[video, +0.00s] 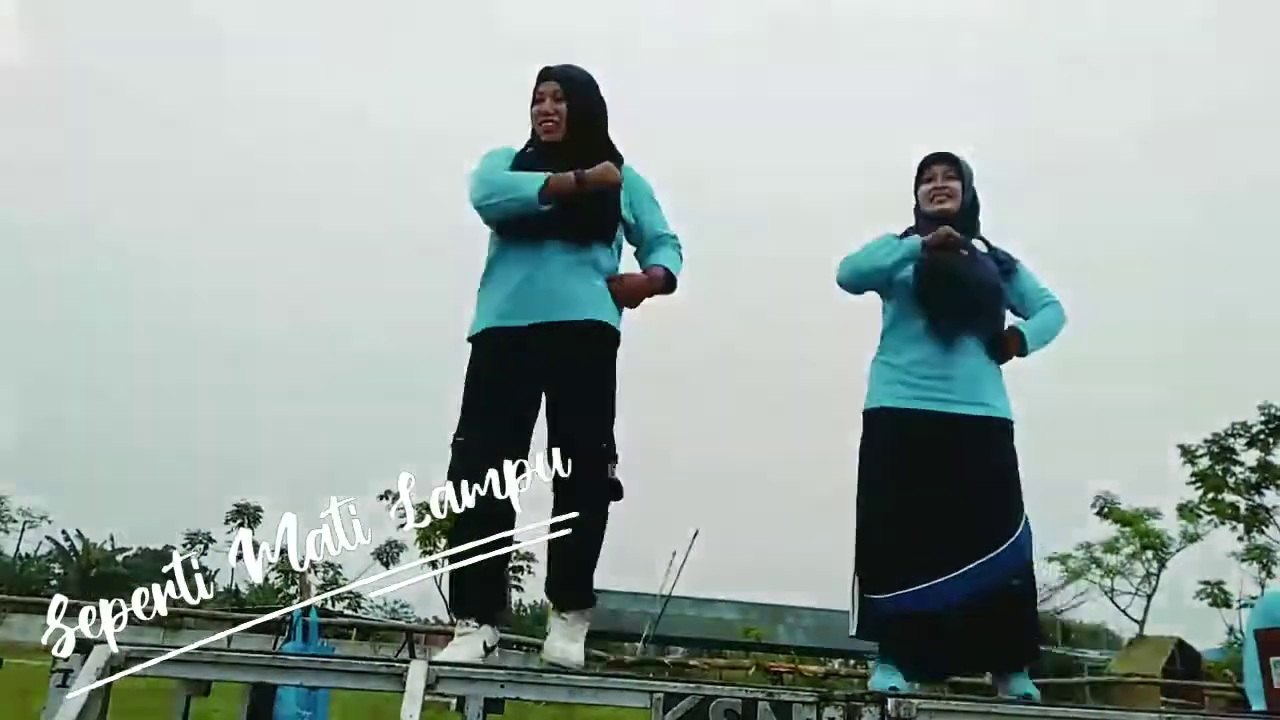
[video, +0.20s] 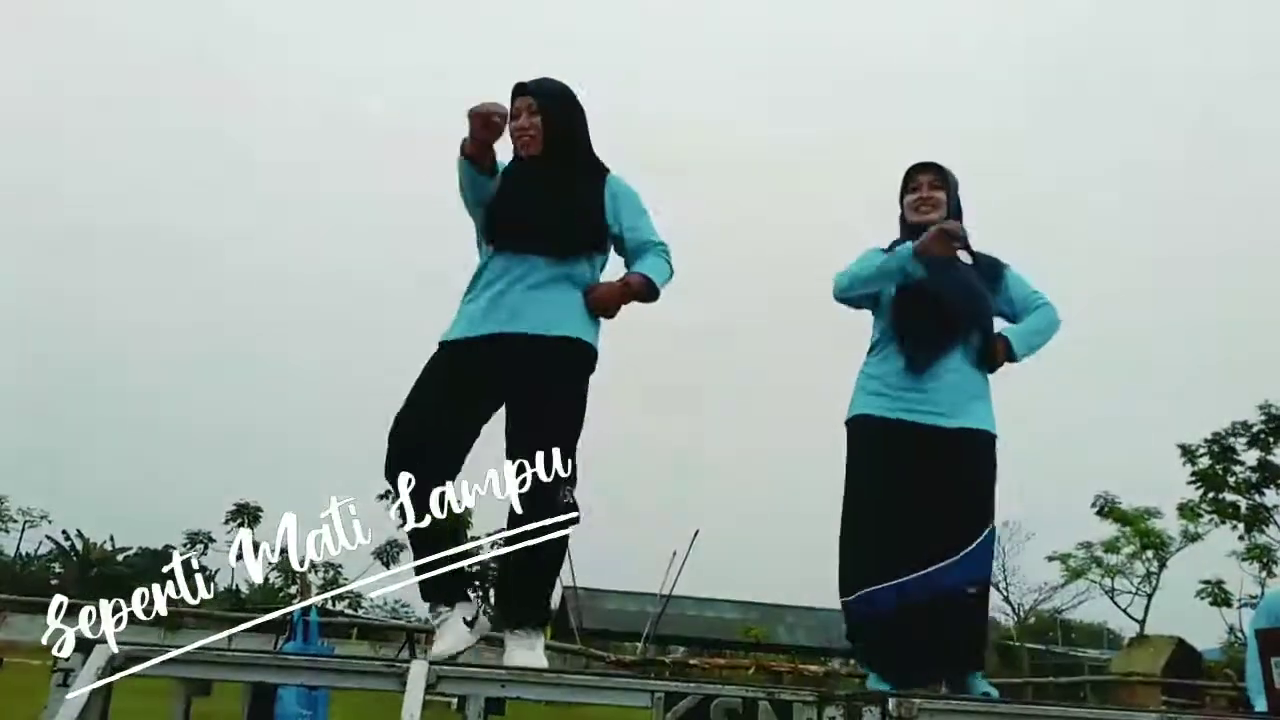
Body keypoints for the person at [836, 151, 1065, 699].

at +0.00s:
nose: (939, 186)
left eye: (950, 179)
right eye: (930, 180)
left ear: (969, 194)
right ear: (916, 196)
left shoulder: (997, 258)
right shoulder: (896, 249)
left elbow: (1052, 312)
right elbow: (848, 275)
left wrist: (1020, 339)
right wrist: (915, 246)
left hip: (978, 409)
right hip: (900, 404)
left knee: (998, 535)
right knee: (897, 531)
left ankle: (1011, 665)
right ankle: (894, 660)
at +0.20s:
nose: (925, 196)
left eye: (935, 188)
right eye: (915, 190)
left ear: (955, 204)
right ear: (901, 207)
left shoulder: (986, 268)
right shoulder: (886, 260)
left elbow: (1047, 314)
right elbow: (844, 288)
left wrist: (1010, 344)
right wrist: (916, 253)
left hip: (963, 418)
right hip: (884, 412)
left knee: (965, 538)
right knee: (880, 533)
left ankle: (964, 666)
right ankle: (881, 665)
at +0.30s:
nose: (915, 188)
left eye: (926, 181)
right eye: (905, 182)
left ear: (944, 196)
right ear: (893, 199)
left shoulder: (973, 260)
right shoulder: (871, 255)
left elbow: (1030, 305)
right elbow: (807, 287)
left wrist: (1001, 340)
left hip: (950, 410)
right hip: (873, 403)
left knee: (953, 531)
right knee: (866, 523)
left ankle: (955, 654)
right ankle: (858, 647)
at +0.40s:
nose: (909, 176)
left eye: (920, 170)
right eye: (899, 170)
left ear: (937, 186)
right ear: (884, 187)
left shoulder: (965, 249)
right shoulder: (860, 244)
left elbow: (1019, 288)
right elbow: (789, 274)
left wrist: (1010, 331)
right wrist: (746, 247)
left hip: (942, 405)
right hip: (863, 398)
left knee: (948, 529)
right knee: (844, 520)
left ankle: (961, 659)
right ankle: (815, 644)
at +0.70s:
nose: (879, 179)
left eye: (889, 175)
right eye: (869, 170)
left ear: (896, 193)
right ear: (845, 181)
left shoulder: (913, 254)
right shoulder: (810, 241)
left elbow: (965, 274)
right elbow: (740, 264)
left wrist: (1007, 285)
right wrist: (727, 285)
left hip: (899, 411)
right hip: (822, 408)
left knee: (923, 530)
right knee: (820, 530)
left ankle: (934, 656)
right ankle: (807, 657)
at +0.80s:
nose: (879, 183)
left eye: (887, 179)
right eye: (869, 172)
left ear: (891, 192)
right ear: (843, 177)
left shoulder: (905, 255)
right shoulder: (808, 235)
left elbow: (975, 267)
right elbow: (729, 257)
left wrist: (949, 239)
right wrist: (765, 293)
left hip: (893, 401)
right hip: (821, 396)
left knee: (891, 521)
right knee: (816, 521)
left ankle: (875, 641)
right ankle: (803, 655)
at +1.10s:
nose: (894, 188)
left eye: (900, 183)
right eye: (886, 176)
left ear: (899, 195)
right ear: (855, 175)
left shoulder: (907, 258)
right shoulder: (812, 237)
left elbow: (989, 261)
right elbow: (743, 273)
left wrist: (941, 240)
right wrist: (793, 309)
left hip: (903, 404)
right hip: (829, 396)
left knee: (935, 520)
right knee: (817, 521)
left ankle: (932, 654)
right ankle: (805, 653)